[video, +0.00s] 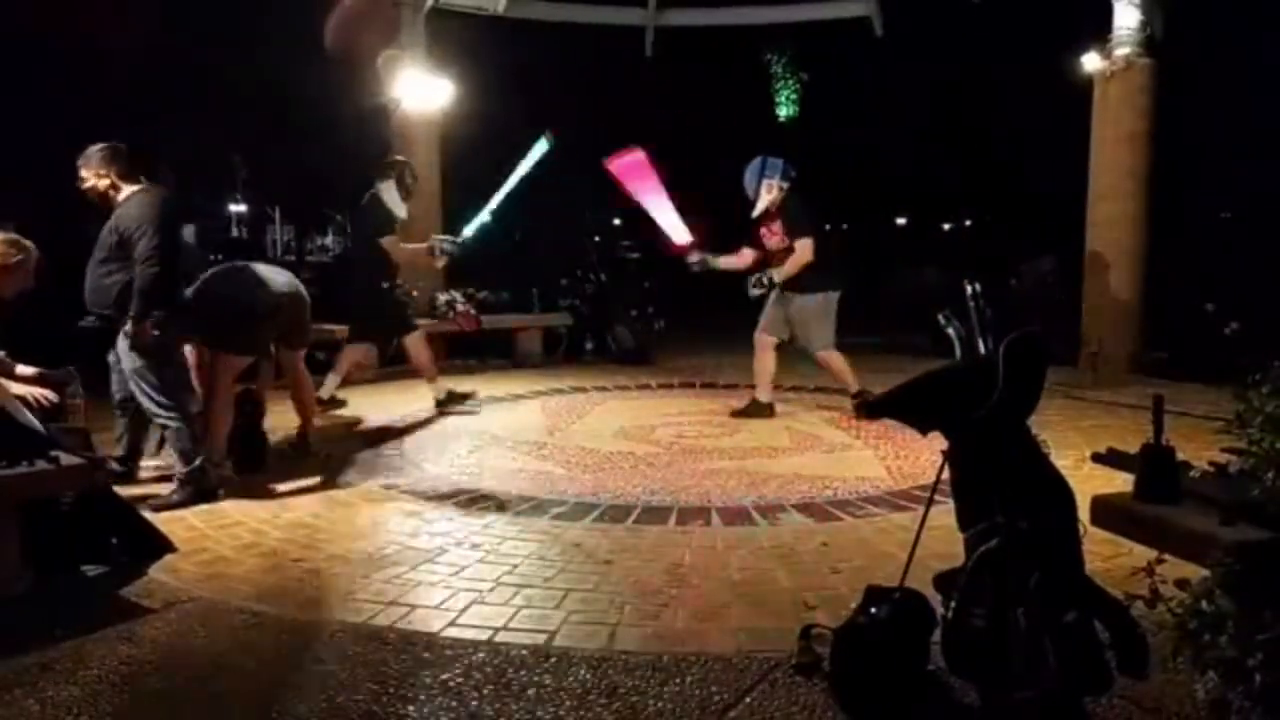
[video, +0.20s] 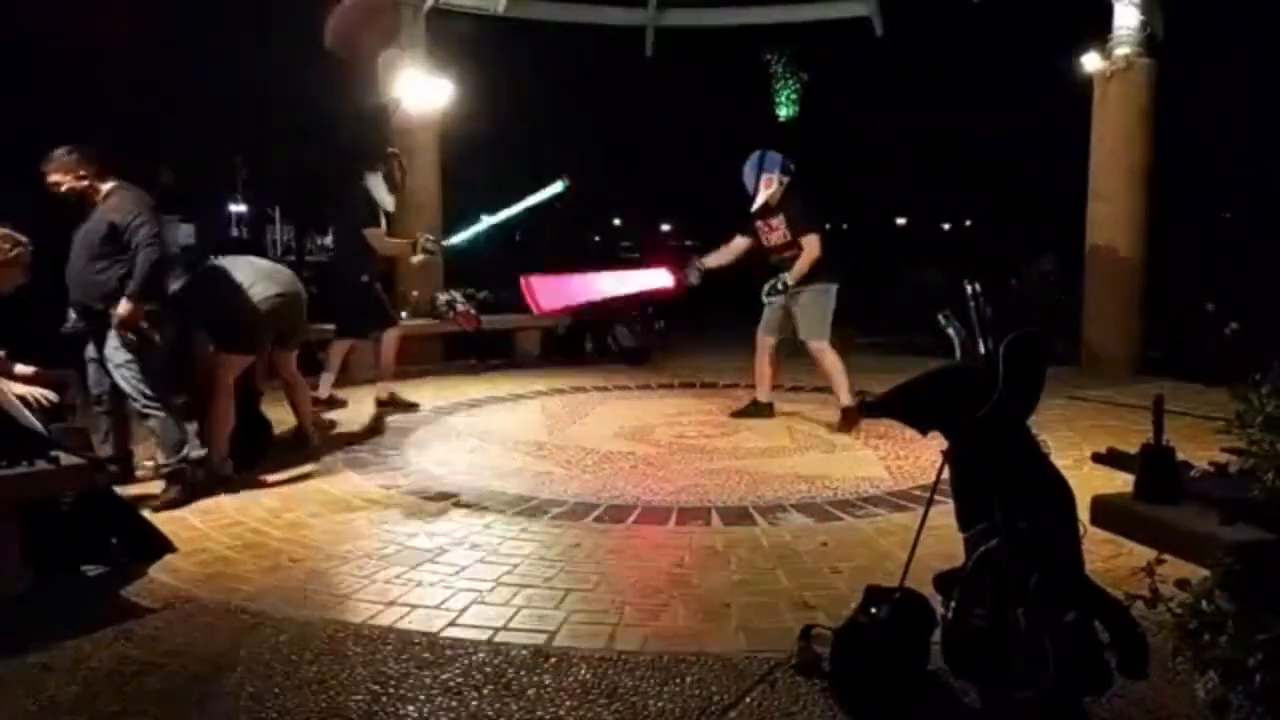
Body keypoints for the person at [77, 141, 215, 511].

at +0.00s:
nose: (85, 188)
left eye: (86, 180)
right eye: (83, 181)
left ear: (106, 176)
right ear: (109, 175)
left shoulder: (144, 207)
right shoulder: (132, 205)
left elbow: (150, 266)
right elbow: (142, 264)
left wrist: (137, 317)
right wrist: (123, 311)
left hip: (139, 321)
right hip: (122, 320)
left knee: (163, 404)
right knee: (125, 396)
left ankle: (195, 474)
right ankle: (125, 461)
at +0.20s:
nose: (57, 192)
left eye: (59, 184)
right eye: (54, 186)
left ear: (81, 175)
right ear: (81, 177)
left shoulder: (126, 202)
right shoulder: (99, 207)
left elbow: (149, 249)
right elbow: (101, 262)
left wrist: (133, 298)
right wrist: (83, 305)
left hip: (120, 317)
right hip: (93, 319)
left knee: (142, 395)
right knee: (103, 397)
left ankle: (180, 469)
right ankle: (115, 464)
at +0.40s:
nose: (61, 191)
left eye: (65, 183)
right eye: (54, 186)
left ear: (83, 171)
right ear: (46, 184)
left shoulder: (120, 198)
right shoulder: (61, 215)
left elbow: (153, 239)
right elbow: (65, 265)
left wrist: (123, 277)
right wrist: (62, 304)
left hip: (120, 315)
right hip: (81, 320)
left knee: (125, 398)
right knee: (94, 399)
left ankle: (145, 473)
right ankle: (107, 469)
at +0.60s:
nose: (69, 188)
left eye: (74, 180)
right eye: (62, 182)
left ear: (92, 173)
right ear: (56, 180)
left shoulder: (129, 203)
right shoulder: (61, 211)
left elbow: (164, 243)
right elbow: (61, 263)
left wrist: (131, 274)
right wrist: (59, 303)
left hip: (121, 318)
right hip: (77, 320)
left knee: (125, 400)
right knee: (94, 400)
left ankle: (140, 472)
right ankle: (107, 465)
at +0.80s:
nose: (81, 189)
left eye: (86, 181)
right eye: (73, 183)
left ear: (103, 173)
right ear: (63, 180)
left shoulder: (136, 206)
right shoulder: (63, 210)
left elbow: (169, 248)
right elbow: (60, 261)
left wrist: (135, 277)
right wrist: (56, 300)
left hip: (124, 321)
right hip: (78, 323)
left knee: (126, 402)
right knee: (97, 401)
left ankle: (141, 472)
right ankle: (108, 464)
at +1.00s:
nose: (82, 190)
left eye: (89, 183)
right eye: (77, 183)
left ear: (109, 176)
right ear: (70, 178)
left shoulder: (142, 208)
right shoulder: (68, 207)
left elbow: (173, 251)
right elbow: (61, 258)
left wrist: (133, 281)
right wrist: (55, 296)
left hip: (126, 323)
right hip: (80, 323)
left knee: (130, 403)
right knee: (100, 402)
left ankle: (142, 472)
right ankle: (111, 466)